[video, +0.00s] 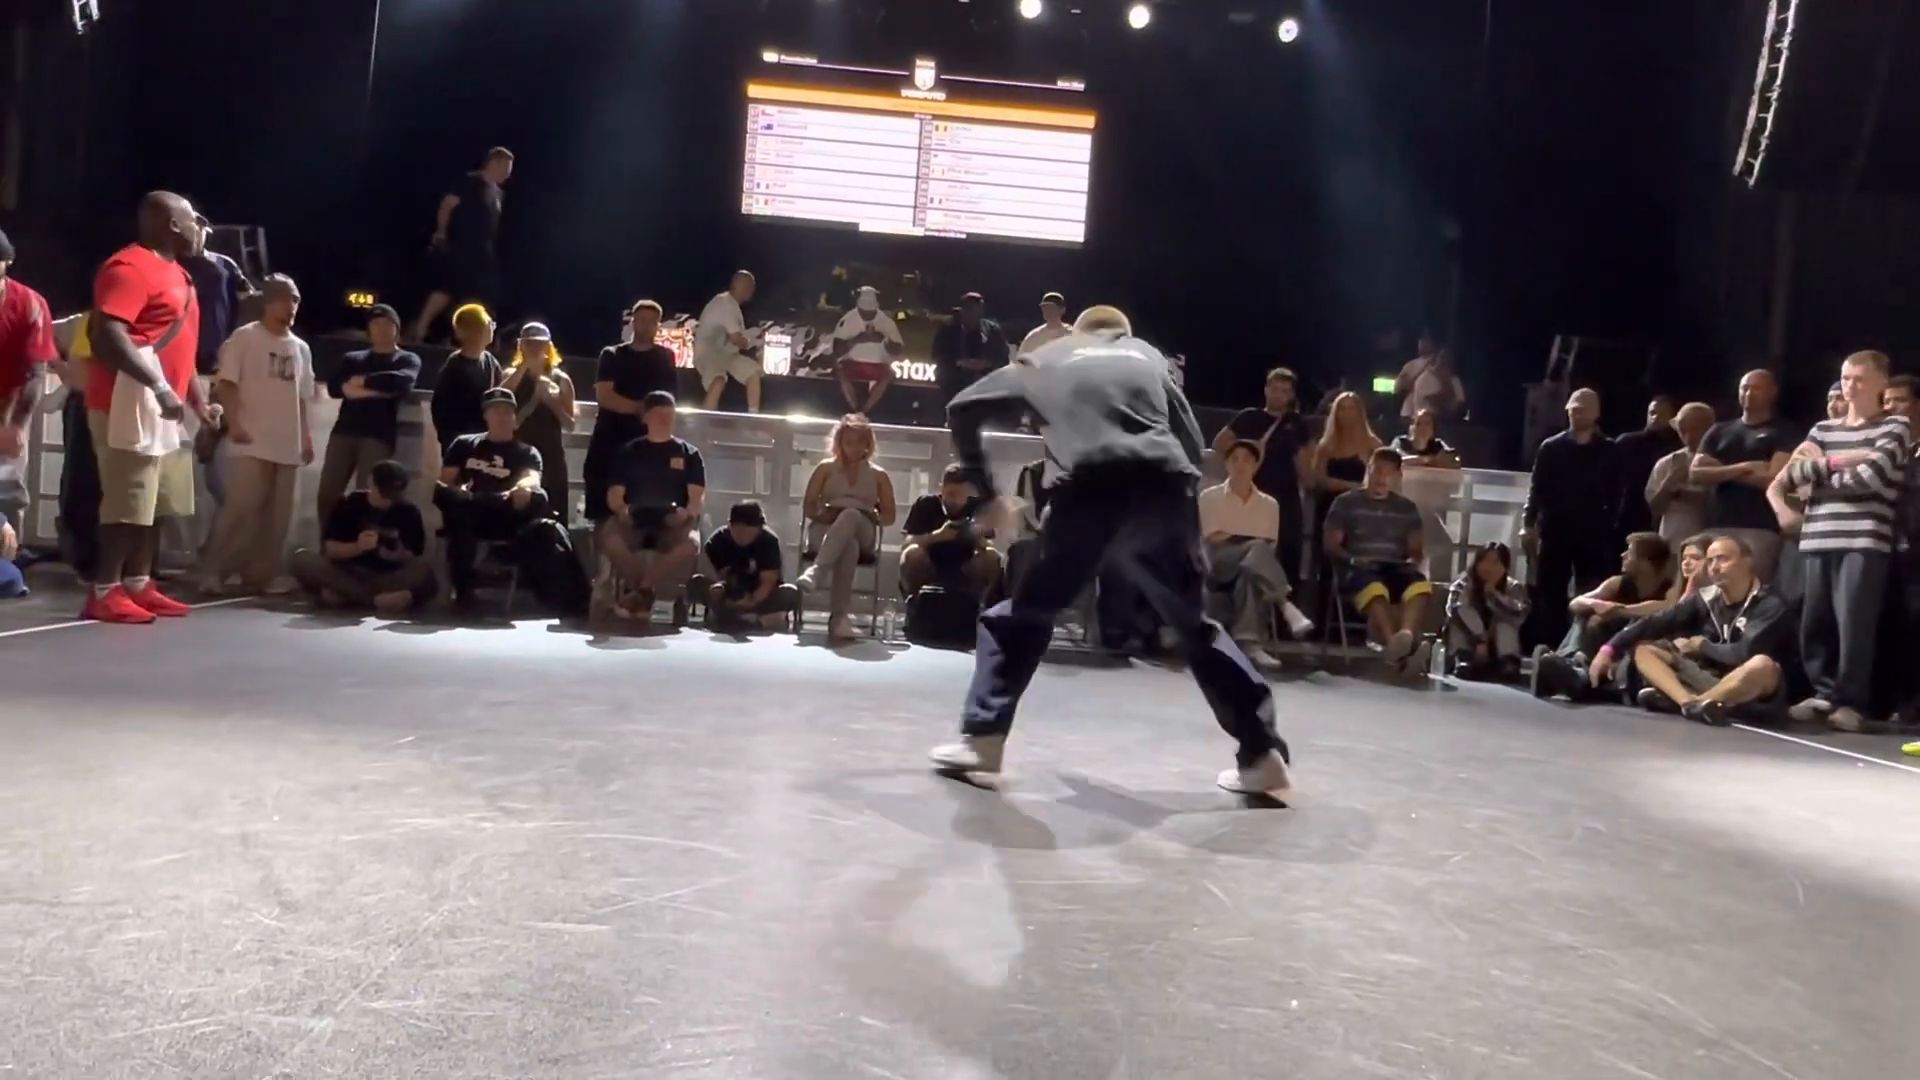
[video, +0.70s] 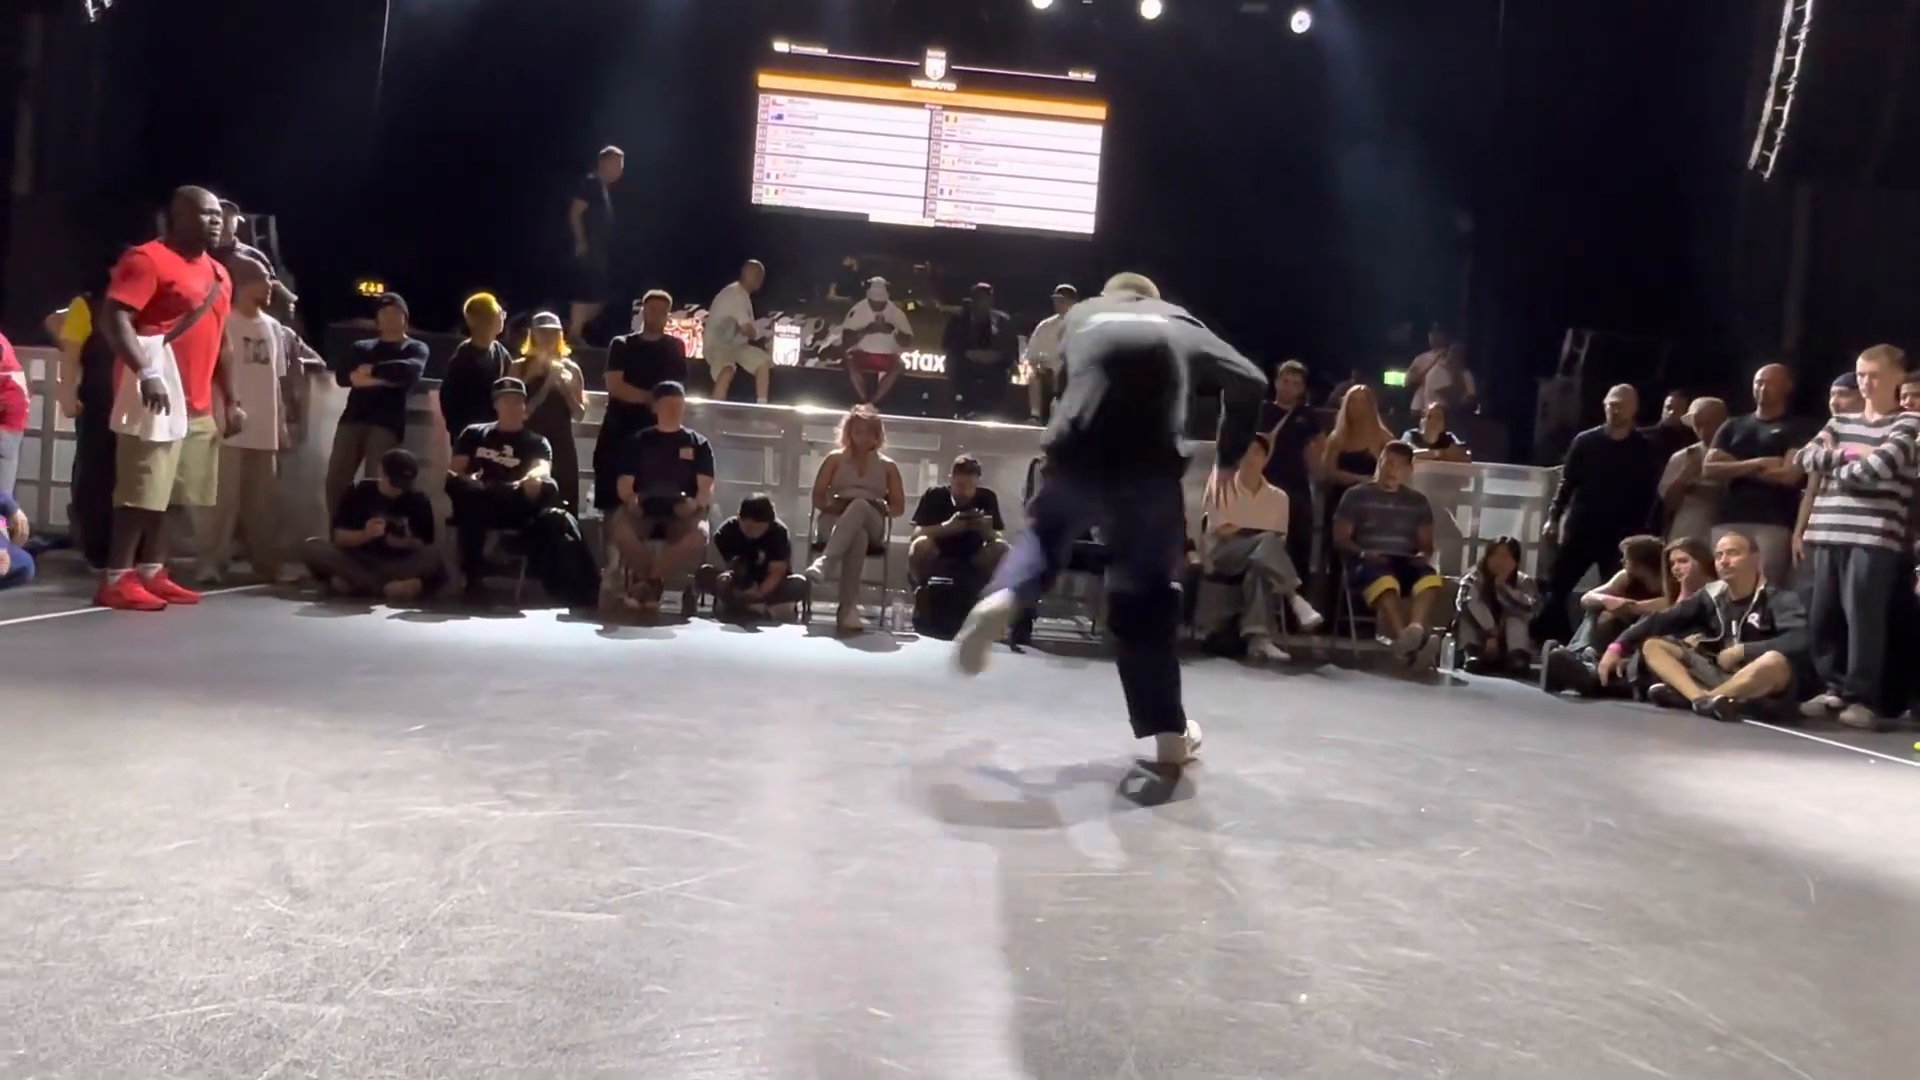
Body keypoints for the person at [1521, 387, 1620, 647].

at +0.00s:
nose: (1575, 414)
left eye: (1582, 410)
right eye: (1572, 409)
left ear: (1595, 414)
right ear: (1566, 411)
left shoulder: (1610, 451)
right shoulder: (1550, 448)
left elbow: (1617, 494)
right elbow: (1536, 489)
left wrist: (1611, 526)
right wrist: (1529, 525)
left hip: (1594, 533)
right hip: (1556, 532)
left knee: (1593, 599)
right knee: (1550, 597)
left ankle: (1590, 656)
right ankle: (1548, 652)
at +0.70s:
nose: (1614, 410)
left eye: (1621, 406)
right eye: (1611, 405)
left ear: (1634, 410)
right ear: (1604, 407)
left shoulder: (1645, 449)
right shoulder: (1585, 442)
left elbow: (1648, 494)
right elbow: (1567, 483)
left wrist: (1640, 529)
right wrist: (1553, 518)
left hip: (1621, 531)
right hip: (1582, 528)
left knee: (1618, 595)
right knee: (1558, 586)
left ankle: (1615, 651)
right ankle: (1553, 642)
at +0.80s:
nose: (1622, 407)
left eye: (1628, 403)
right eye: (1618, 402)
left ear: (1637, 411)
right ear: (1607, 406)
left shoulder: (1644, 448)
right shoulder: (1585, 441)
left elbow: (1652, 493)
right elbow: (1565, 481)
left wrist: (1654, 533)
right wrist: (1551, 517)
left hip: (1624, 534)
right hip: (1583, 531)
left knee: (1625, 599)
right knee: (1558, 590)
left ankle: (1620, 656)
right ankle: (1555, 646)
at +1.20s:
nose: (1633, 409)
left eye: (1632, 404)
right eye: (1627, 402)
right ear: (1608, 404)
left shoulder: (1632, 446)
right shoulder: (1575, 437)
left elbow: (1641, 488)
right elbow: (1554, 476)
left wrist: (1639, 524)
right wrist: (1544, 512)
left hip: (1616, 528)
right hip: (1577, 526)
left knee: (1621, 592)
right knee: (1556, 581)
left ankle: (1619, 650)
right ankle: (1560, 641)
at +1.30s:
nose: (1632, 409)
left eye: (1632, 404)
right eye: (1627, 403)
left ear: (1612, 407)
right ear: (1611, 404)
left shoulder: (1626, 447)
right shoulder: (1577, 436)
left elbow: (1630, 489)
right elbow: (1556, 476)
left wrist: (1629, 520)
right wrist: (1549, 512)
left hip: (1615, 526)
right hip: (1578, 525)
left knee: (1618, 593)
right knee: (1559, 586)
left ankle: (1616, 648)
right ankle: (1558, 641)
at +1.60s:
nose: (1638, 410)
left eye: (1638, 405)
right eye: (1634, 404)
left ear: (1618, 407)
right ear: (1618, 404)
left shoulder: (1631, 445)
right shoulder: (1585, 435)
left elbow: (1635, 485)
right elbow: (1567, 474)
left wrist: (1634, 513)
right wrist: (1568, 508)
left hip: (1621, 521)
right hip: (1588, 520)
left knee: (1623, 585)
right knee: (1566, 582)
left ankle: (1621, 645)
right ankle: (1559, 638)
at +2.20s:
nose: (1663, 408)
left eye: (1663, 403)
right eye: (1658, 401)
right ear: (1640, 402)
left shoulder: (1666, 436)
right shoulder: (1607, 433)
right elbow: (1585, 474)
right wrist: (1580, 511)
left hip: (1650, 523)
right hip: (1609, 521)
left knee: (1643, 583)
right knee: (1586, 576)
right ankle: (1565, 628)